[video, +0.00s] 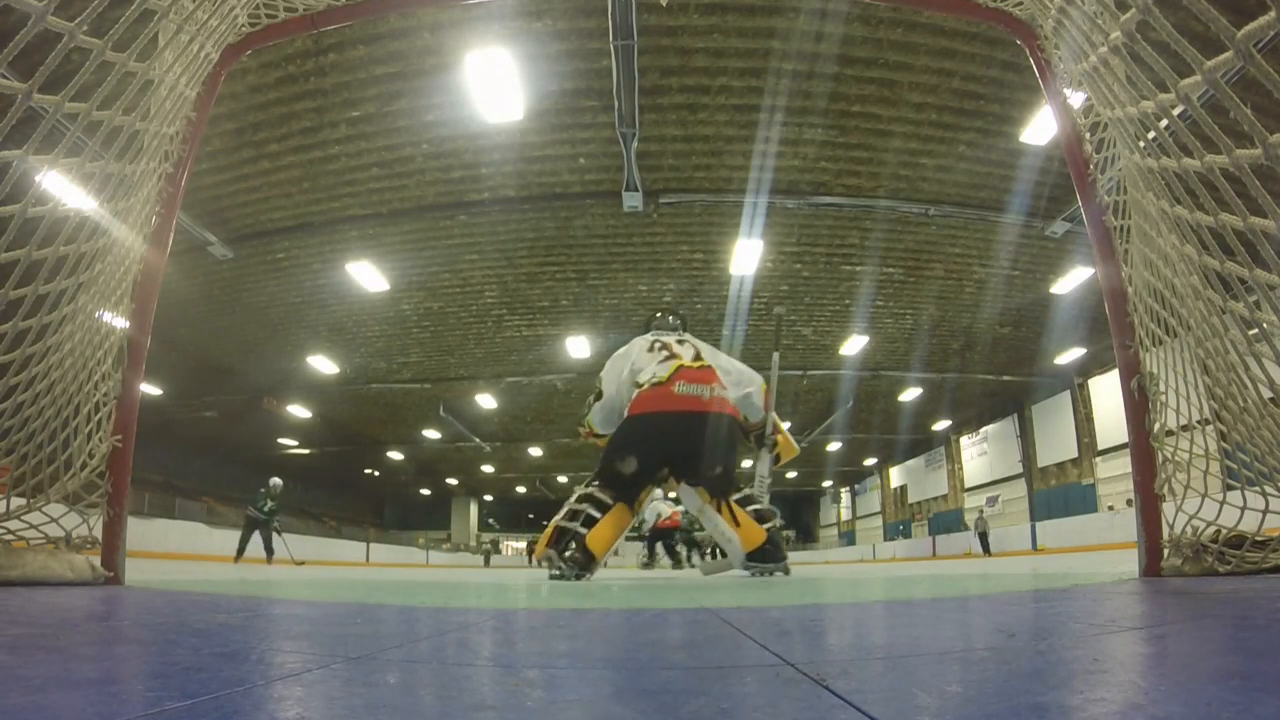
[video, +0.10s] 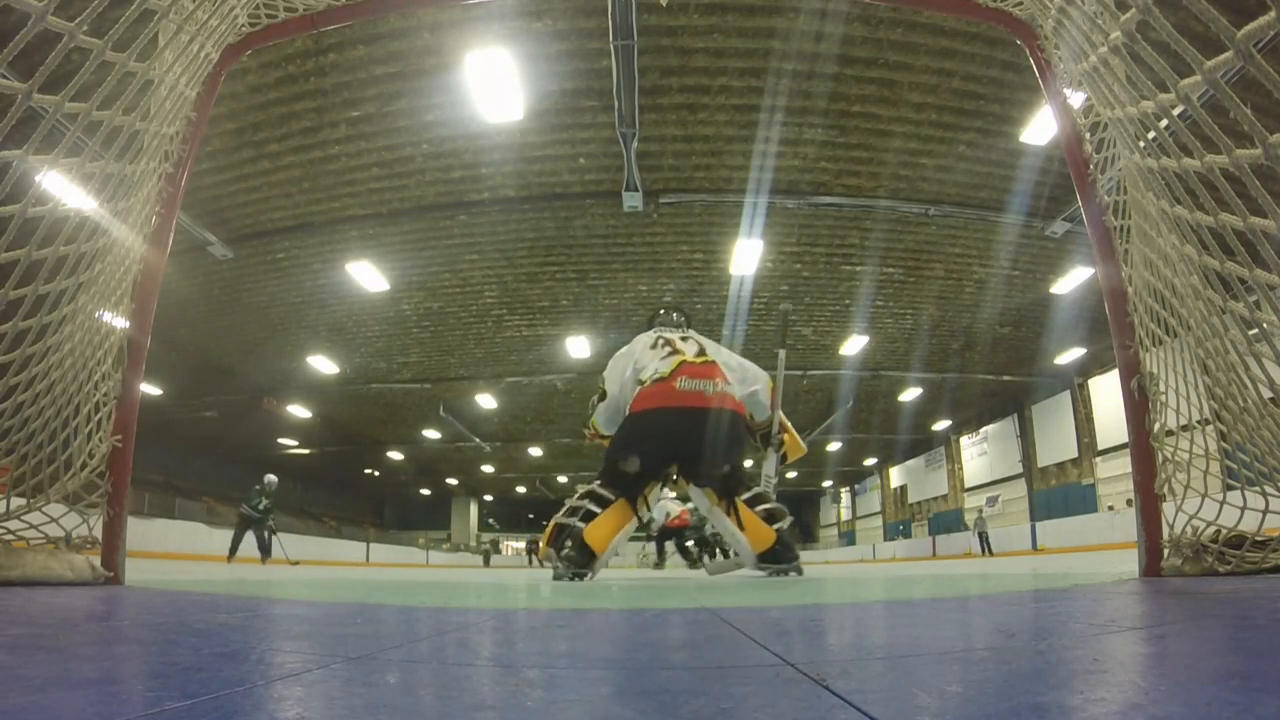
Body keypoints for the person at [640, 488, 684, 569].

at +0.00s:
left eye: (653, 496)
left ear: (653, 496)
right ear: (662, 496)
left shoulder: (654, 505)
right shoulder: (669, 504)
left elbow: (649, 521)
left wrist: (643, 531)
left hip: (659, 529)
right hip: (671, 528)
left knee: (651, 541)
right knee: (667, 544)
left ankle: (651, 560)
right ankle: (677, 559)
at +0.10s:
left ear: (660, 496)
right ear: (669, 495)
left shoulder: (660, 505)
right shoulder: (677, 502)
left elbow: (657, 521)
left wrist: (652, 532)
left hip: (670, 526)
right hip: (683, 525)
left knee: (659, 539)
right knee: (679, 543)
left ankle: (661, 561)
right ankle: (692, 560)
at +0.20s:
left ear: (668, 496)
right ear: (675, 495)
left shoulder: (669, 503)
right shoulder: (683, 501)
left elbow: (666, 519)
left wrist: (661, 531)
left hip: (679, 525)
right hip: (692, 524)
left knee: (667, 539)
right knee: (695, 545)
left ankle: (669, 562)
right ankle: (706, 560)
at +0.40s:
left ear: (671, 492)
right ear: (680, 489)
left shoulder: (673, 501)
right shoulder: (690, 496)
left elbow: (672, 518)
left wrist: (667, 528)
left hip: (688, 521)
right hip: (703, 519)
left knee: (677, 537)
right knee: (708, 540)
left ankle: (684, 562)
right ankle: (702, 561)